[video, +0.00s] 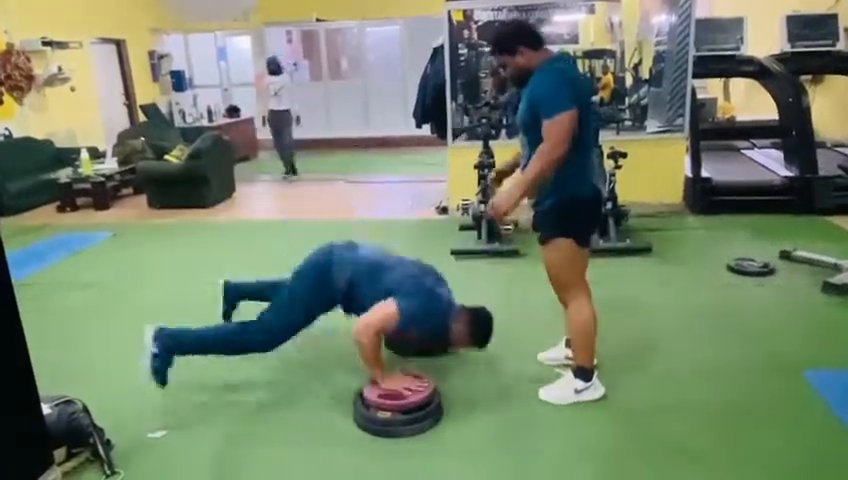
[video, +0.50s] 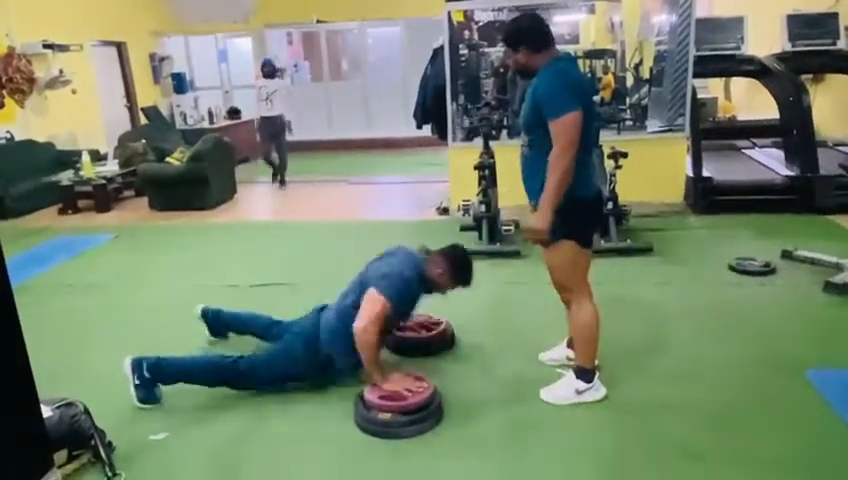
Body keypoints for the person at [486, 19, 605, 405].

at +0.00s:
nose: (504, 72)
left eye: (504, 63)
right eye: (501, 65)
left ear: (521, 52)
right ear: (526, 50)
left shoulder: (553, 79)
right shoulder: (549, 75)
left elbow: (556, 146)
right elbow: (544, 140)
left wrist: (513, 193)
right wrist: (512, 170)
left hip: (567, 199)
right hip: (563, 196)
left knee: (572, 290)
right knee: (569, 281)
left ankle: (585, 378)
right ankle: (576, 347)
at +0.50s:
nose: (510, 61)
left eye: (512, 53)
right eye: (509, 53)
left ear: (527, 49)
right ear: (542, 42)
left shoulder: (556, 81)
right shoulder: (558, 74)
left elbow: (565, 150)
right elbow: (567, 147)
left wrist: (545, 210)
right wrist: (548, 202)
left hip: (570, 201)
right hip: (566, 197)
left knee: (575, 290)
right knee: (568, 282)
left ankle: (586, 379)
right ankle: (577, 346)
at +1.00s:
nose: (504, 71)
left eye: (504, 63)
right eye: (501, 65)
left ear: (519, 53)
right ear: (524, 51)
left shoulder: (548, 83)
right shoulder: (548, 78)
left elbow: (555, 149)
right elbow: (557, 145)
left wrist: (526, 206)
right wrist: (531, 202)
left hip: (567, 202)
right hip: (561, 201)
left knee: (574, 292)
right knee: (569, 284)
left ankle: (586, 380)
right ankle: (577, 347)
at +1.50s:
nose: (469, 214)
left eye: (471, 207)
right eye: (467, 208)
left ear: (486, 200)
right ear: (490, 195)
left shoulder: (512, 220)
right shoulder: (508, 207)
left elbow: (494, 289)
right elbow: (491, 261)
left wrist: (448, 325)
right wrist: (456, 284)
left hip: (575, 306)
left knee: (500, 336)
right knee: (498, 299)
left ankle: (575, 372)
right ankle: (564, 338)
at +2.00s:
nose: (374, 360)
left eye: (370, 356)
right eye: (370, 357)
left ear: (371, 343)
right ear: (373, 324)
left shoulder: (391, 327)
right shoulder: (398, 299)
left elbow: (427, 332)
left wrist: (416, 372)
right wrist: (419, 358)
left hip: (503, 317)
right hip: (504, 292)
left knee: (574, 363)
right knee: (574, 325)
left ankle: (675, 395)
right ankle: (651, 326)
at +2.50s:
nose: (365, 282)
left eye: (361, 277)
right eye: (361, 278)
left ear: (364, 264)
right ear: (372, 250)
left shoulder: (391, 272)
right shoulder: (406, 248)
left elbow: (414, 323)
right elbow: (427, 310)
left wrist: (414, 376)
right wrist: (418, 347)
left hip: (494, 332)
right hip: (500, 308)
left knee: (561, 375)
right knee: (567, 330)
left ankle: (664, 396)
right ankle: (646, 325)